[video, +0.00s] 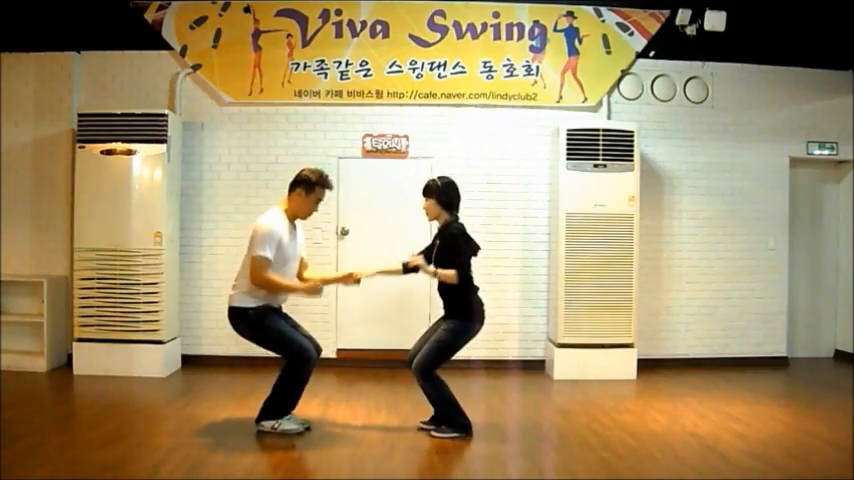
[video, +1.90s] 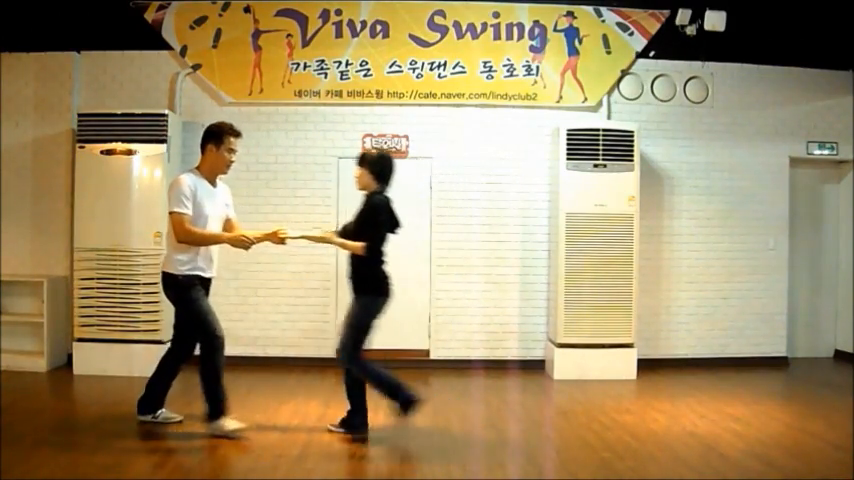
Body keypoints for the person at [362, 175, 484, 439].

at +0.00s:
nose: (424, 206)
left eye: (427, 200)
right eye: (424, 200)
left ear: (442, 202)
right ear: (441, 203)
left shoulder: (454, 233)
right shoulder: (443, 232)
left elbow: (459, 277)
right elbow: (415, 265)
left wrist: (428, 269)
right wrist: (371, 272)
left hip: (466, 318)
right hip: (453, 314)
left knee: (422, 367)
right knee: (414, 360)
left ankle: (458, 425)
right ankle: (442, 415)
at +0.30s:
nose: (429, 178)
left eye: (433, 172)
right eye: (431, 173)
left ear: (447, 175)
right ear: (446, 176)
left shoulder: (463, 207)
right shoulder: (445, 210)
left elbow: (468, 247)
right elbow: (411, 235)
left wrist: (444, 228)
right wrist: (368, 237)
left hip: (469, 292)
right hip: (454, 292)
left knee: (447, 357)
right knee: (441, 352)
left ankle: (463, 430)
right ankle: (448, 409)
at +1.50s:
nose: (426, 176)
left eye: (430, 170)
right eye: (427, 170)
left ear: (445, 174)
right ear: (441, 175)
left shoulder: (457, 207)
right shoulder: (437, 209)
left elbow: (464, 249)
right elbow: (401, 230)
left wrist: (429, 235)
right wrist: (361, 226)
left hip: (453, 295)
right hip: (436, 294)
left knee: (442, 361)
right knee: (410, 348)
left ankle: (465, 427)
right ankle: (437, 400)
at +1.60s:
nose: (413, 177)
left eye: (418, 172)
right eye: (415, 172)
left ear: (431, 176)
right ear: (429, 177)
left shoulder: (441, 208)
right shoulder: (426, 211)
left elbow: (440, 250)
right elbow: (390, 231)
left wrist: (411, 237)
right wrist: (351, 230)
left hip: (441, 298)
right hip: (427, 297)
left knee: (436, 364)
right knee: (394, 345)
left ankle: (465, 427)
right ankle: (402, 412)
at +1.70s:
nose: (397, 183)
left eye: (402, 178)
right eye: (399, 178)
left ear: (416, 183)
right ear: (415, 183)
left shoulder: (422, 214)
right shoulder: (412, 214)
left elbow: (416, 256)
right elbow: (382, 236)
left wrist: (387, 244)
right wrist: (342, 238)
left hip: (423, 302)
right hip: (411, 301)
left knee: (427, 368)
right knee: (378, 352)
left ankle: (464, 426)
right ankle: (362, 419)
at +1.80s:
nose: (376, 180)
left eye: (381, 176)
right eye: (378, 175)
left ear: (393, 180)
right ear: (393, 180)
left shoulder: (399, 211)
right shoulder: (392, 211)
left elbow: (390, 254)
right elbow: (362, 239)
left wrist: (359, 242)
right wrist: (322, 240)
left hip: (396, 301)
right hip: (386, 300)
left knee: (397, 364)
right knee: (357, 352)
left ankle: (451, 411)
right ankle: (356, 420)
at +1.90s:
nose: (356, 173)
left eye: (360, 169)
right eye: (357, 168)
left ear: (372, 174)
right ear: (373, 174)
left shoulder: (377, 205)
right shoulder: (371, 203)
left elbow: (365, 248)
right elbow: (349, 234)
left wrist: (333, 240)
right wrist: (321, 235)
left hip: (371, 291)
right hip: (367, 290)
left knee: (349, 353)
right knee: (349, 353)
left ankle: (404, 397)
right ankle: (356, 418)